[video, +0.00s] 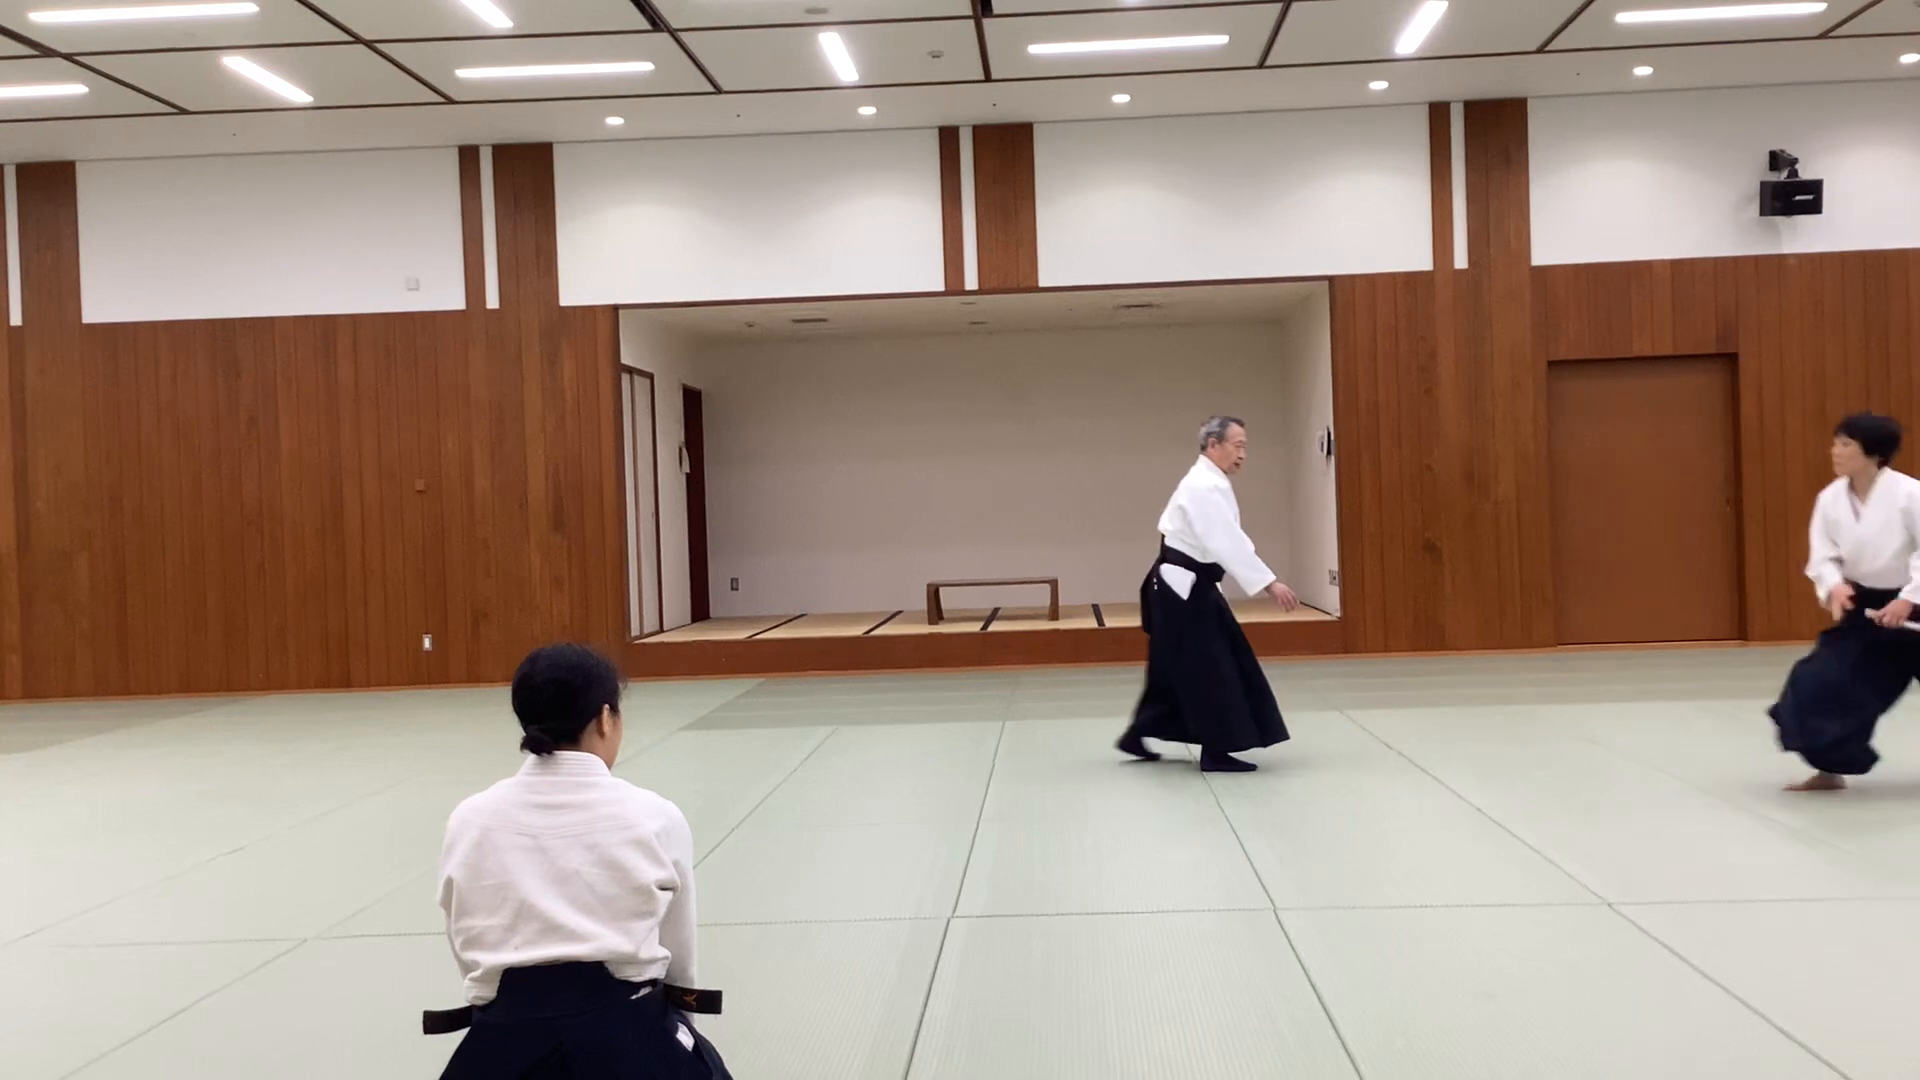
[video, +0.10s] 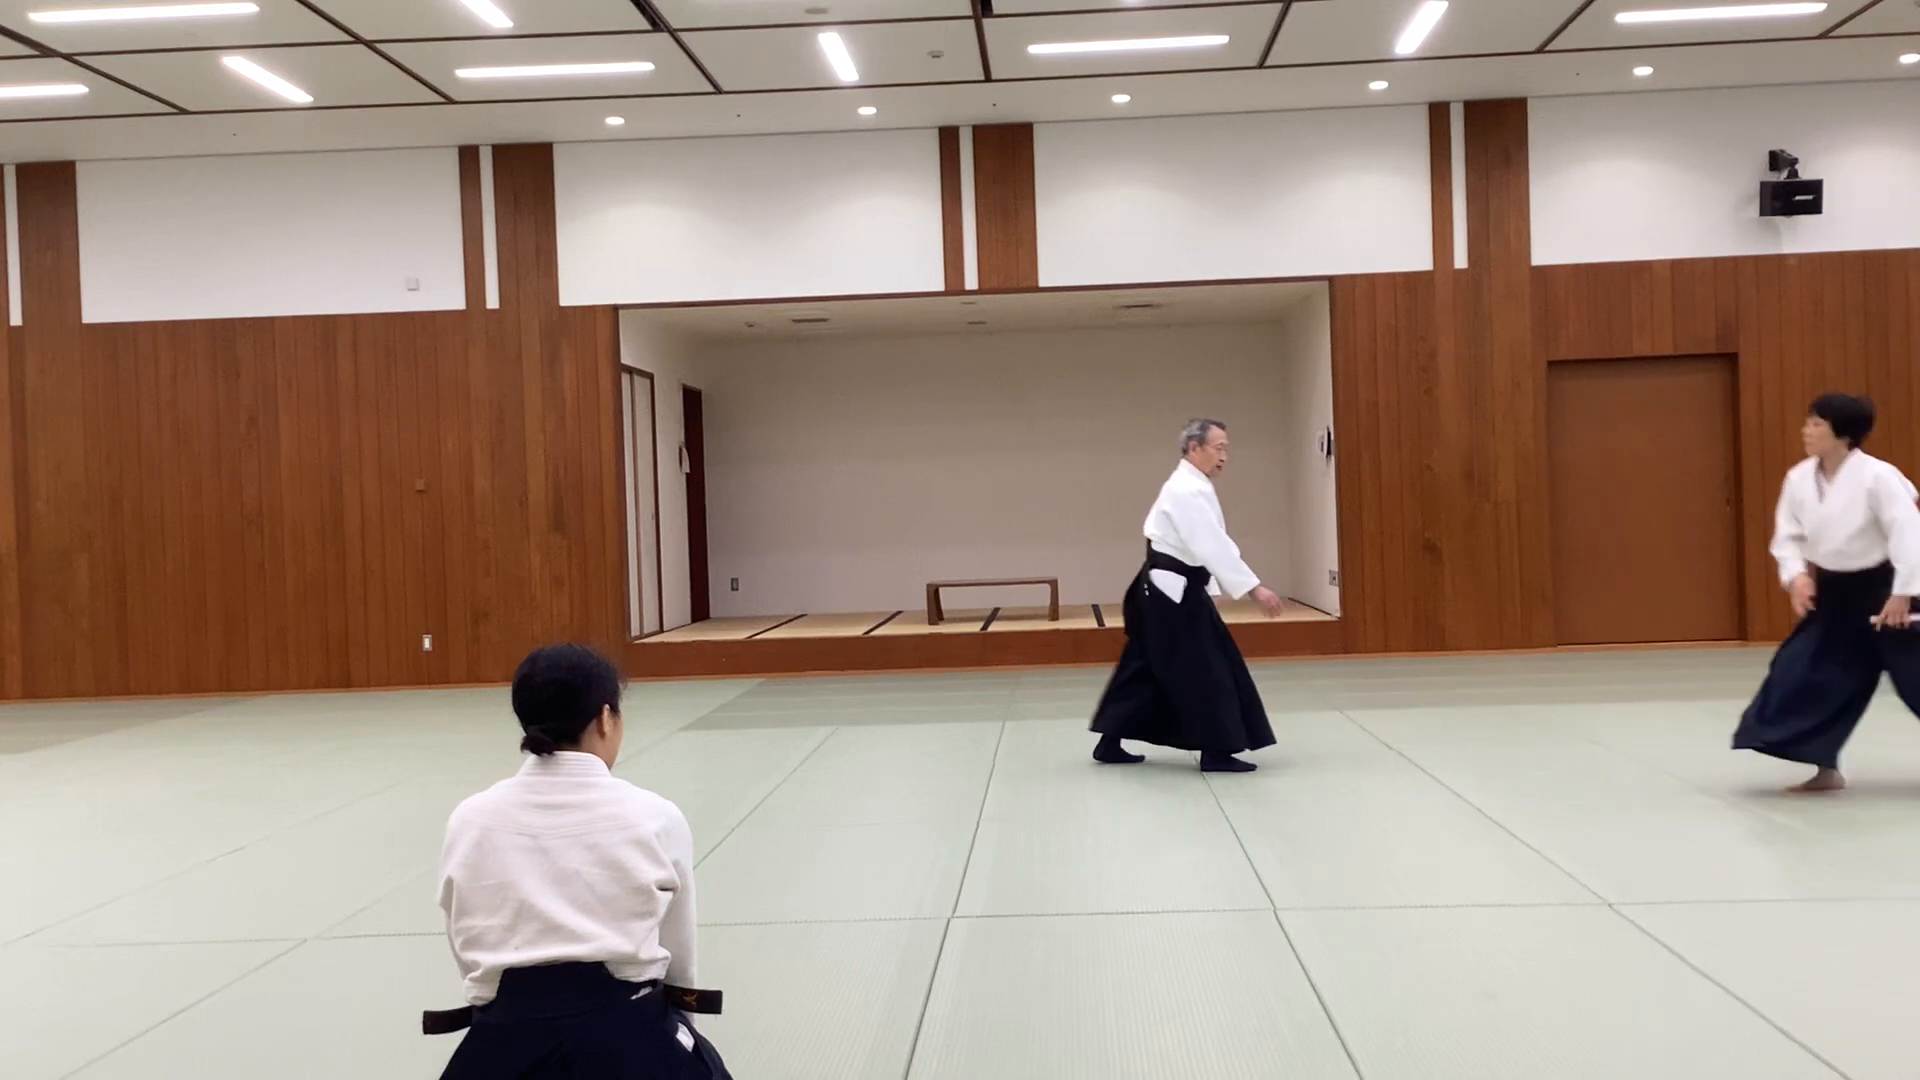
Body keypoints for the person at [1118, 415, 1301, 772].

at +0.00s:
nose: (1243, 453)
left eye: (1245, 446)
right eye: (1238, 446)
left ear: (1216, 448)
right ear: (1213, 446)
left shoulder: (1203, 478)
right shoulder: (1206, 486)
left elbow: (1227, 538)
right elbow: (1227, 542)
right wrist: (1270, 582)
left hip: (1174, 580)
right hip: (1185, 587)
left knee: (1173, 665)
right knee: (1216, 665)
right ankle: (1215, 753)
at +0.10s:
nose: (1225, 456)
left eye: (1226, 449)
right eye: (1219, 448)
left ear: (1197, 451)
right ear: (1194, 449)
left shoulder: (1183, 482)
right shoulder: (1191, 489)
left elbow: (1198, 543)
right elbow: (1213, 546)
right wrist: (1255, 588)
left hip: (1158, 584)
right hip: (1174, 590)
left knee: (1144, 666)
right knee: (1212, 667)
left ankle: (1109, 743)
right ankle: (1216, 753)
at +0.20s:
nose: (1209, 456)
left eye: (1210, 450)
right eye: (1203, 449)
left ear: (1180, 451)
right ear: (1179, 449)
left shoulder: (1166, 483)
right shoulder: (1179, 489)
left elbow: (1179, 550)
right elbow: (1198, 551)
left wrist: (1198, 599)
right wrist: (1235, 598)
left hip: (1142, 586)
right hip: (1161, 590)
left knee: (1133, 665)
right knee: (1200, 666)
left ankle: (1106, 745)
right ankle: (1214, 752)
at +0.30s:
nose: (1199, 455)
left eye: (1200, 448)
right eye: (1193, 447)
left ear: (1170, 449)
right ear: (1168, 448)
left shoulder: (1154, 482)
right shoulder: (1170, 489)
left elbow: (1164, 549)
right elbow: (1182, 552)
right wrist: (1206, 603)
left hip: (1134, 587)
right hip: (1156, 591)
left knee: (1132, 667)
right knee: (1195, 668)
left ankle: (1106, 745)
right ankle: (1214, 753)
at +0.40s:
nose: (1191, 454)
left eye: (1192, 447)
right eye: (1185, 446)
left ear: (1163, 448)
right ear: (1161, 446)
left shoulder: (1148, 481)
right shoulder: (1164, 488)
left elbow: (1147, 543)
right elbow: (1172, 550)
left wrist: (1176, 590)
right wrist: (1188, 596)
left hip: (1129, 587)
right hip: (1149, 590)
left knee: (1133, 667)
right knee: (1190, 664)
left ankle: (1107, 746)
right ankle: (1212, 751)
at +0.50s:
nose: (1191, 454)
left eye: (1192, 447)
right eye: (1185, 446)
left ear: (1163, 449)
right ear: (1161, 446)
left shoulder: (1146, 482)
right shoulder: (1164, 488)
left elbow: (1139, 542)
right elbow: (1172, 550)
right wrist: (1189, 597)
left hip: (1126, 587)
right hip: (1147, 590)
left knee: (1128, 668)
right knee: (1189, 664)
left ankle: (1107, 747)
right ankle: (1205, 750)